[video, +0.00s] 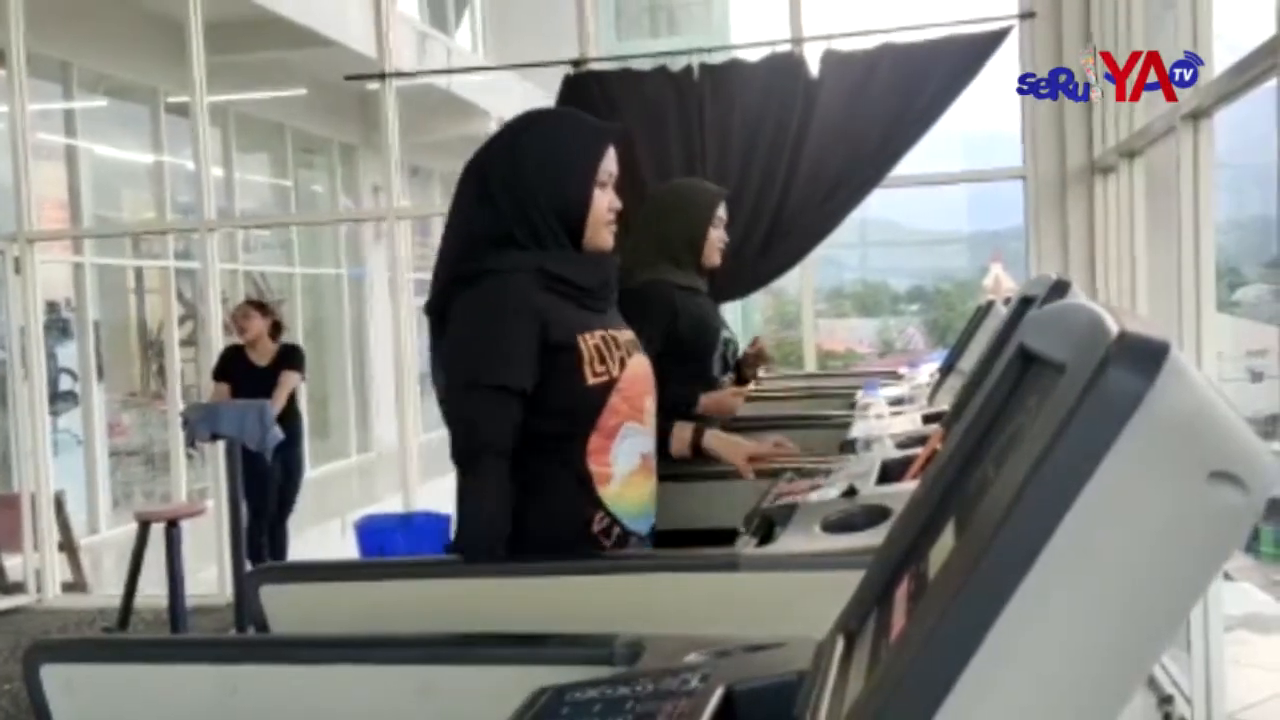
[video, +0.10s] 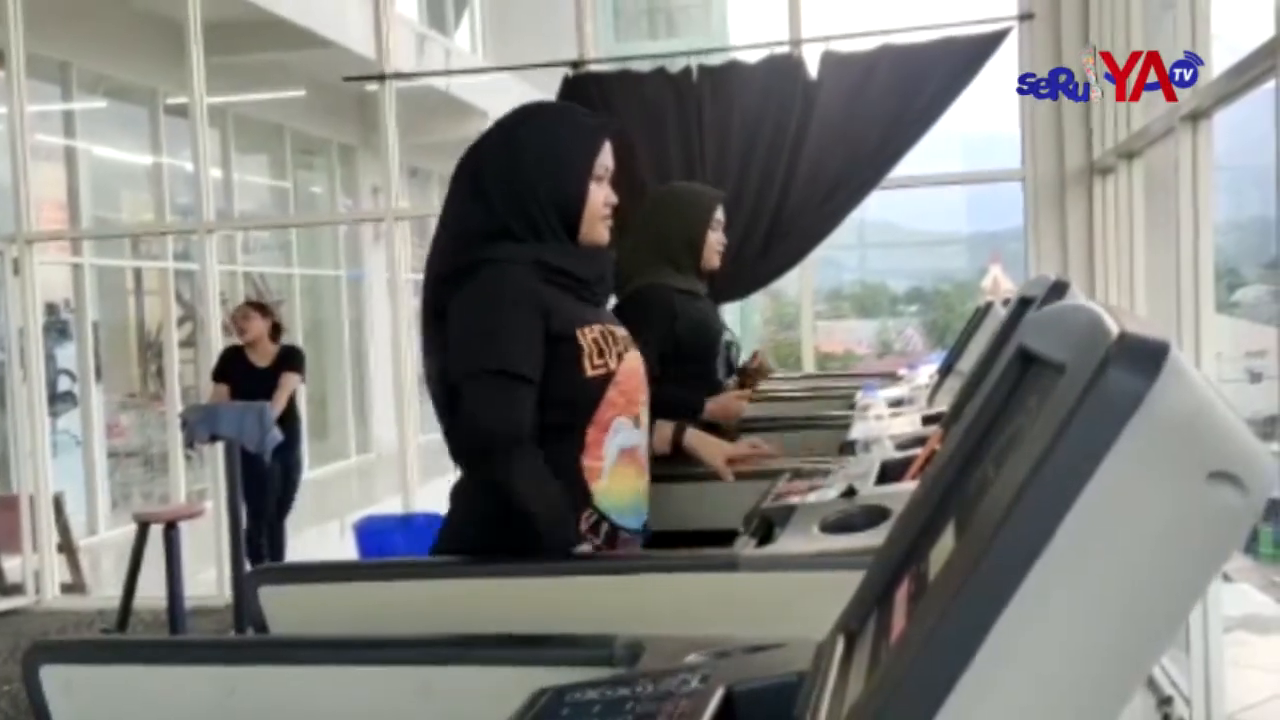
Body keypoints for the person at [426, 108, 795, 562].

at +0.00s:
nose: (618, 205)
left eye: (614, 187)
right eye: (602, 186)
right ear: (552, 188)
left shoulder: (581, 287)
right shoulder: (501, 299)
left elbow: (598, 421)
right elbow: (484, 460)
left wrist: (702, 439)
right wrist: (478, 592)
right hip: (545, 567)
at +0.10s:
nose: (613, 199)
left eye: (610, 181)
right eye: (599, 180)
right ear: (550, 181)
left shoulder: (569, 284)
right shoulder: (503, 289)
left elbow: (585, 422)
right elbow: (497, 448)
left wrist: (682, 438)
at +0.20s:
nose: (611, 206)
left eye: (608, 189)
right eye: (598, 187)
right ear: (549, 187)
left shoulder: (564, 294)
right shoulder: (511, 294)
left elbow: (578, 424)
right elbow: (532, 447)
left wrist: (670, 440)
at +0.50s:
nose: (619, 201)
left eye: (615, 186)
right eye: (604, 185)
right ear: (557, 187)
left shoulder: (579, 286)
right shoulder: (516, 291)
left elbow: (592, 422)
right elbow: (528, 443)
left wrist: (682, 441)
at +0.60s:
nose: (620, 195)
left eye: (617, 179)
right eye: (605, 179)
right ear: (557, 181)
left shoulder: (583, 278)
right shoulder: (510, 286)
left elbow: (592, 415)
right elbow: (503, 453)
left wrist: (693, 425)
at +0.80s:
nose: (623, 217)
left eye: (618, 201)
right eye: (606, 201)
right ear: (556, 205)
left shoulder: (585, 303)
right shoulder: (502, 312)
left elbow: (604, 432)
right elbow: (470, 474)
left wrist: (721, 427)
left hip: (596, 567)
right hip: (529, 581)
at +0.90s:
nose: (622, 215)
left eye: (618, 199)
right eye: (605, 199)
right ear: (557, 205)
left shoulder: (583, 305)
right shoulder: (507, 315)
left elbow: (604, 440)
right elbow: (488, 478)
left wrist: (715, 437)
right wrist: (466, 603)